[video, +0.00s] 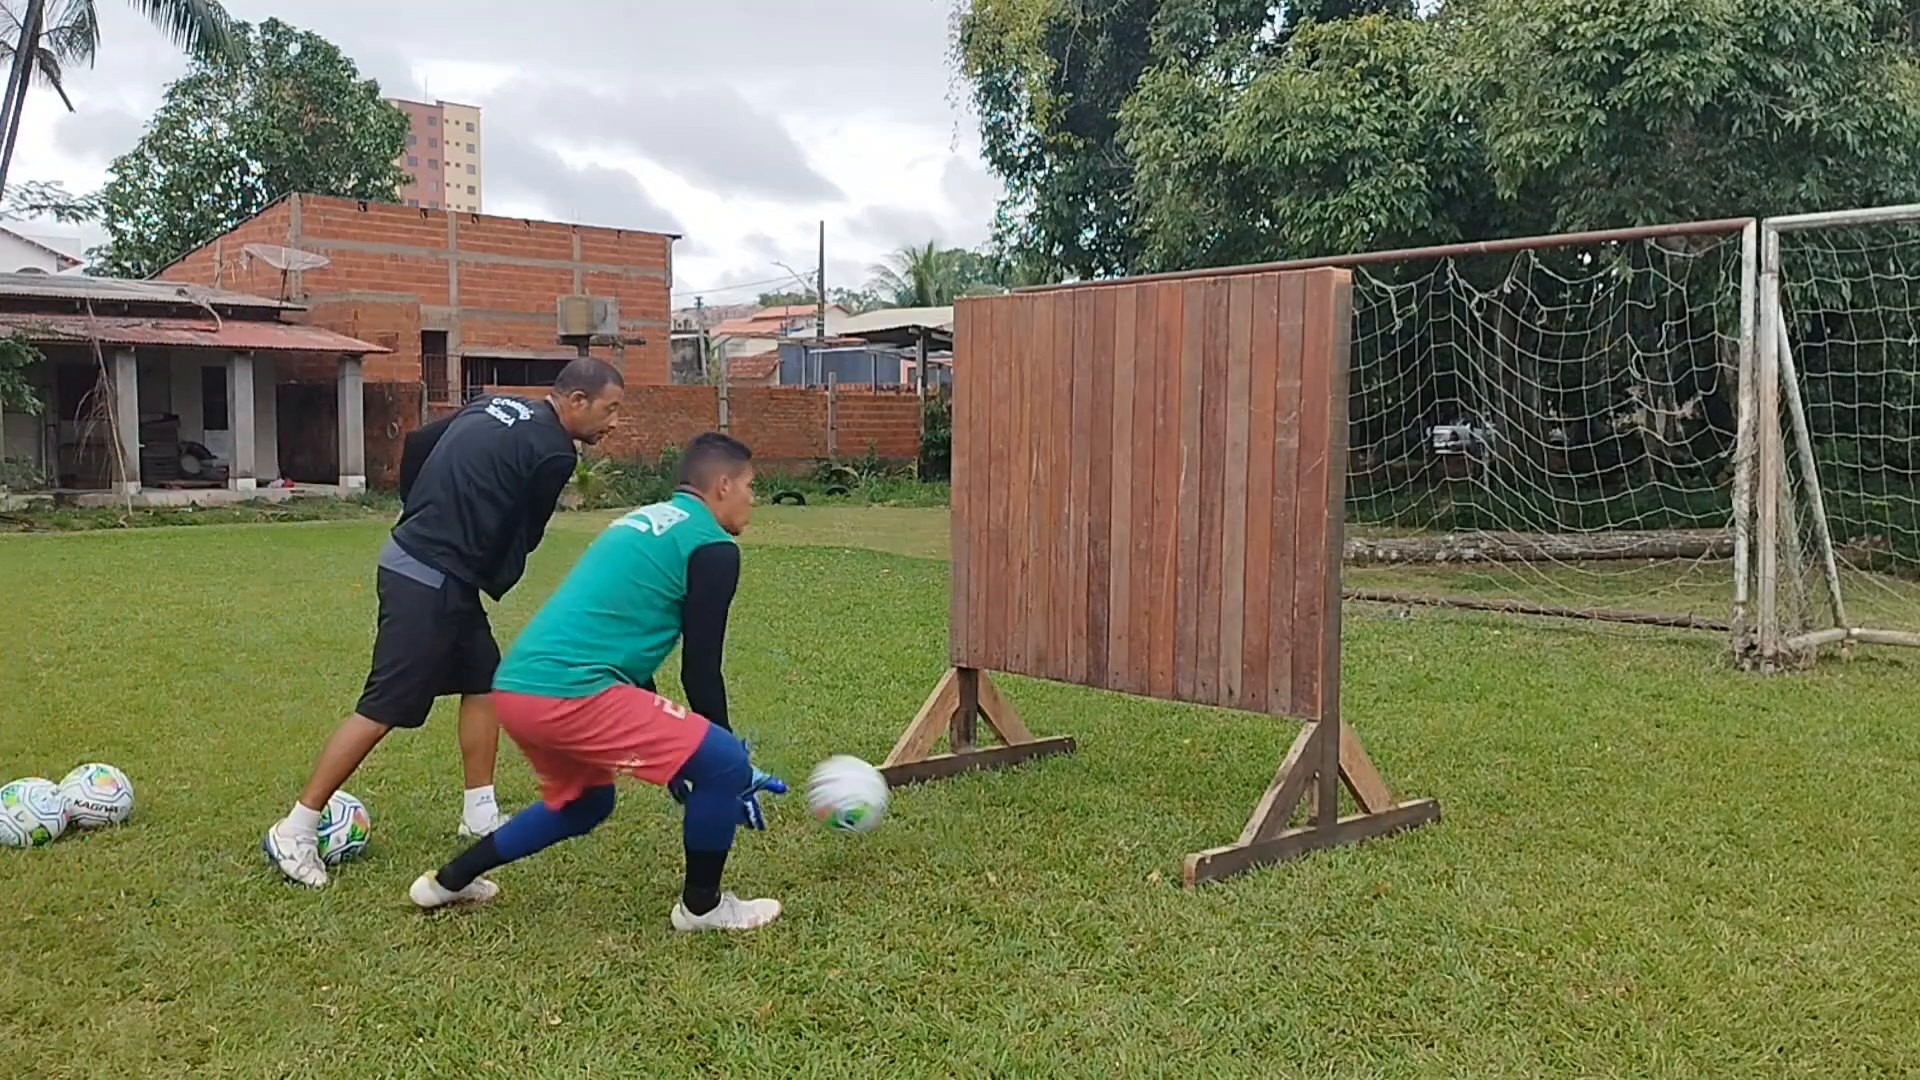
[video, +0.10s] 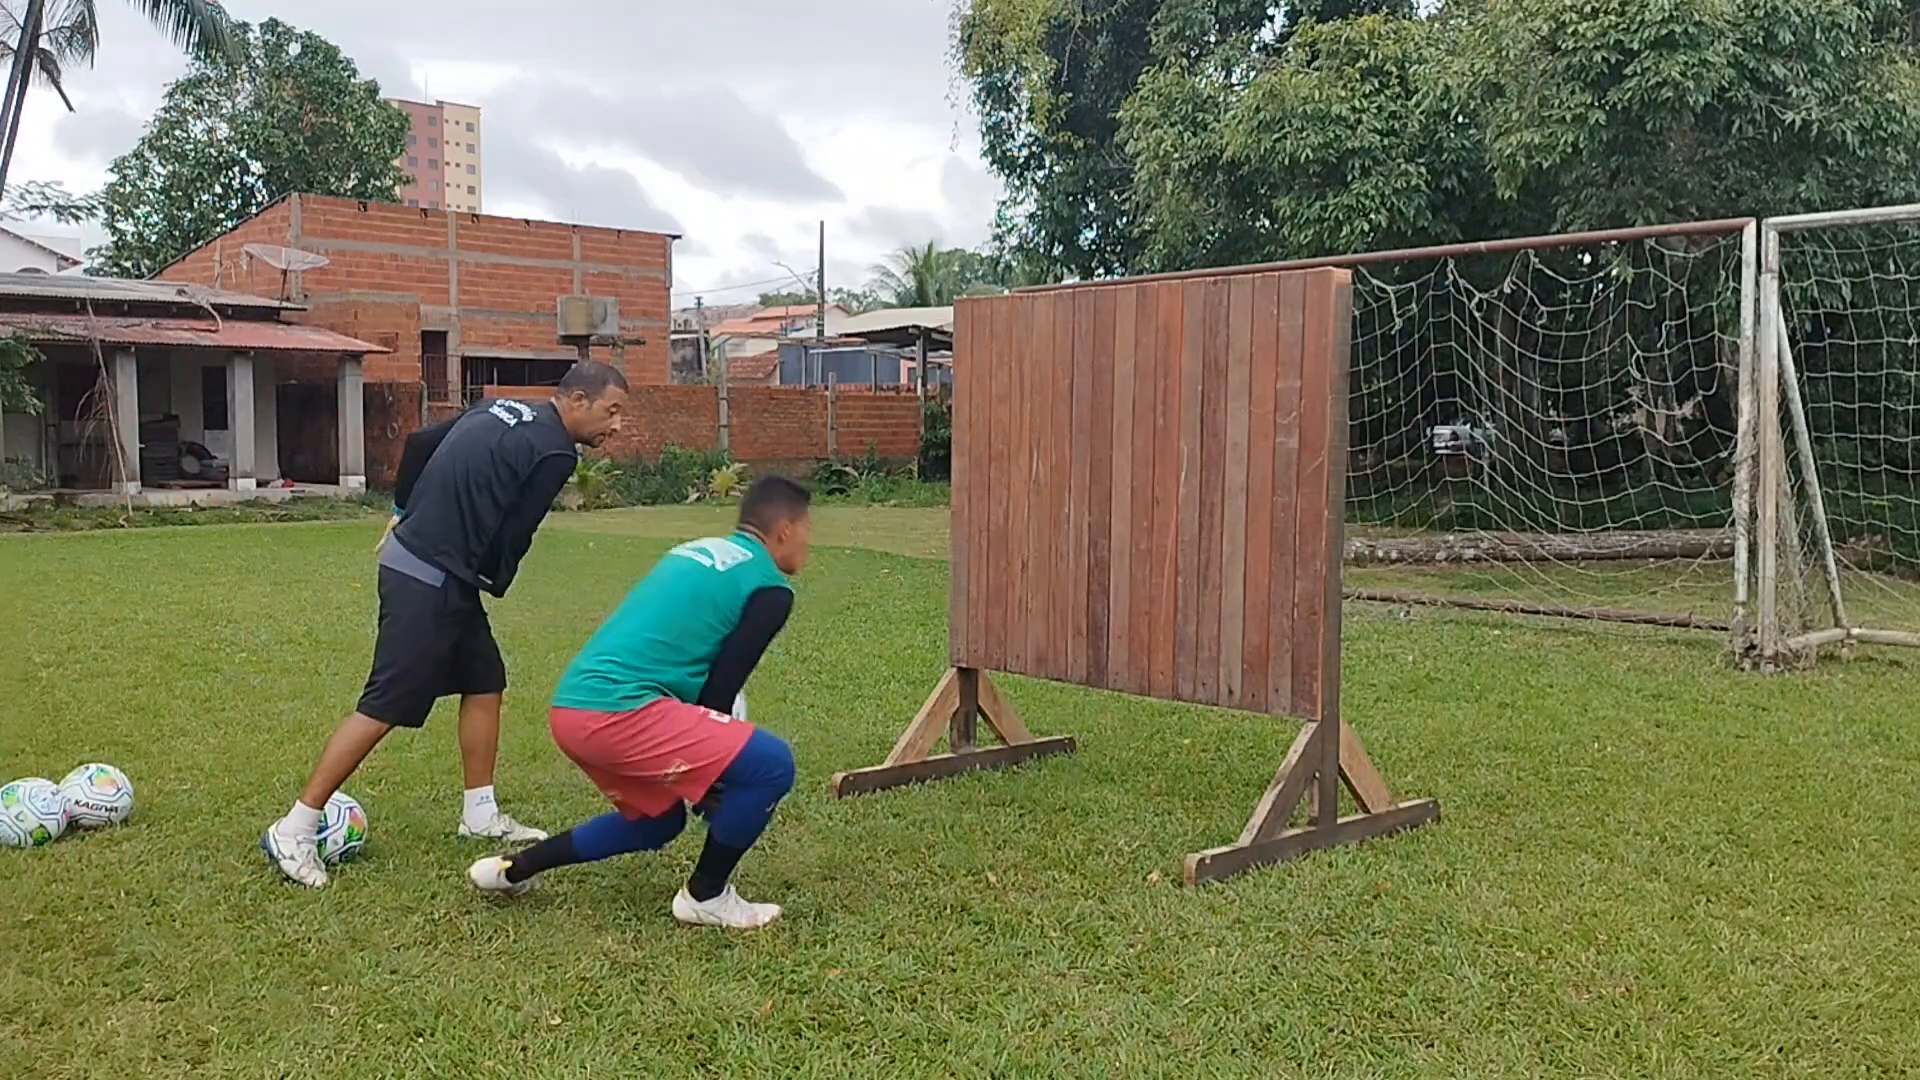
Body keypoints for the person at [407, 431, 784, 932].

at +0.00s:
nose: (754, 502)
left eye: (755, 488)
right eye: (751, 487)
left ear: (692, 484)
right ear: (722, 486)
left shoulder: (641, 519)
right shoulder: (713, 546)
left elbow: (624, 658)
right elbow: (702, 672)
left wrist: (680, 761)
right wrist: (730, 766)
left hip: (520, 690)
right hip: (575, 696)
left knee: (587, 804)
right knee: (724, 763)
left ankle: (447, 881)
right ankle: (702, 905)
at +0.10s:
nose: (809, 540)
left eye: (808, 528)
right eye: (806, 527)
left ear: (749, 524)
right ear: (783, 529)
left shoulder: (695, 551)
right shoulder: (770, 588)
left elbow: (675, 666)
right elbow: (715, 695)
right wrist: (708, 783)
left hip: (575, 710)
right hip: (623, 715)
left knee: (660, 820)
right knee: (771, 766)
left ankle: (512, 869)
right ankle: (705, 895)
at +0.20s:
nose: (856, 610)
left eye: (858, 597)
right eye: (856, 596)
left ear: (806, 579)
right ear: (836, 589)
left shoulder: (746, 600)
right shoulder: (818, 636)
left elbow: (729, 702)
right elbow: (775, 727)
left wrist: (820, 770)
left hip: (610, 730)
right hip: (662, 730)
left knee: (686, 836)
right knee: (811, 771)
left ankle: (540, 862)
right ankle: (708, 889)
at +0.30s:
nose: (899, 663)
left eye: (901, 652)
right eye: (900, 651)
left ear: (850, 631)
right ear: (882, 642)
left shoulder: (801, 651)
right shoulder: (866, 678)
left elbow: (804, 746)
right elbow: (877, 785)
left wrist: (875, 737)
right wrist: (908, 747)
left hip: (651, 752)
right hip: (701, 752)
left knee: (709, 856)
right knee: (851, 800)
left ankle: (579, 866)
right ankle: (713, 883)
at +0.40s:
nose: (952, 709)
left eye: (952, 699)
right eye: (952, 699)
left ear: (902, 683)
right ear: (935, 692)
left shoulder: (861, 703)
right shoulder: (920, 721)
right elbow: (939, 837)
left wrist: (903, 784)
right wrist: (963, 773)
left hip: (704, 734)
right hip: (758, 739)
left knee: (715, 851)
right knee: (888, 838)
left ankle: (597, 856)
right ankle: (739, 870)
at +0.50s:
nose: (988, 762)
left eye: (987, 754)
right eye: (992, 755)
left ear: (954, 728)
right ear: (988, 745)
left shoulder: (912, 730)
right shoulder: (980, 755)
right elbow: (958, 849)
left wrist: (959, 819)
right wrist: (982, 832)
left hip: (793, 722)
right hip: (855, 733)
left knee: (725, 856)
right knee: (936, 876)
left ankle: (640, 826)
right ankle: (796, 855)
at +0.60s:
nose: (1013, 759)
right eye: (1016, 751)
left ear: (980, 724)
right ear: (1011, 741)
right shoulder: (1009, 757)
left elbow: (908, 839)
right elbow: (985, 832)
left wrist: (913, 874)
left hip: (854, 720)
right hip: (920, 735)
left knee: (776, 858)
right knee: (986, 868)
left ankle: (720, 832)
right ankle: (883, 876)